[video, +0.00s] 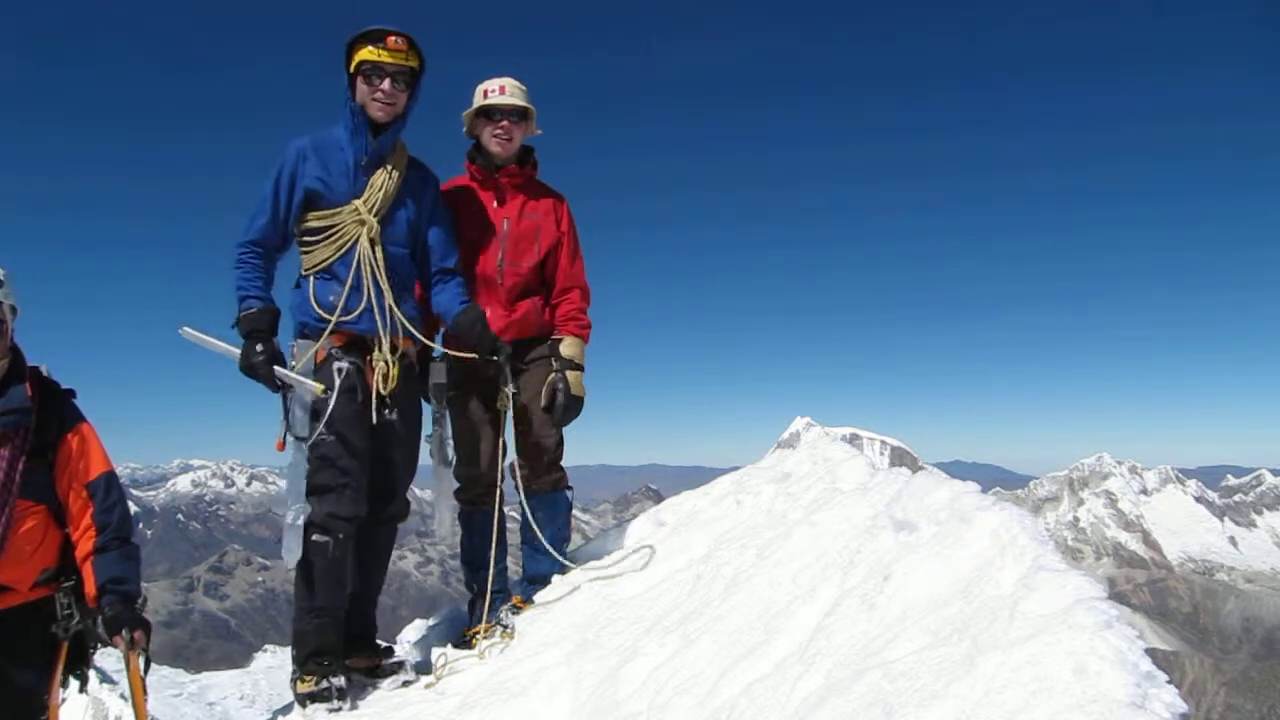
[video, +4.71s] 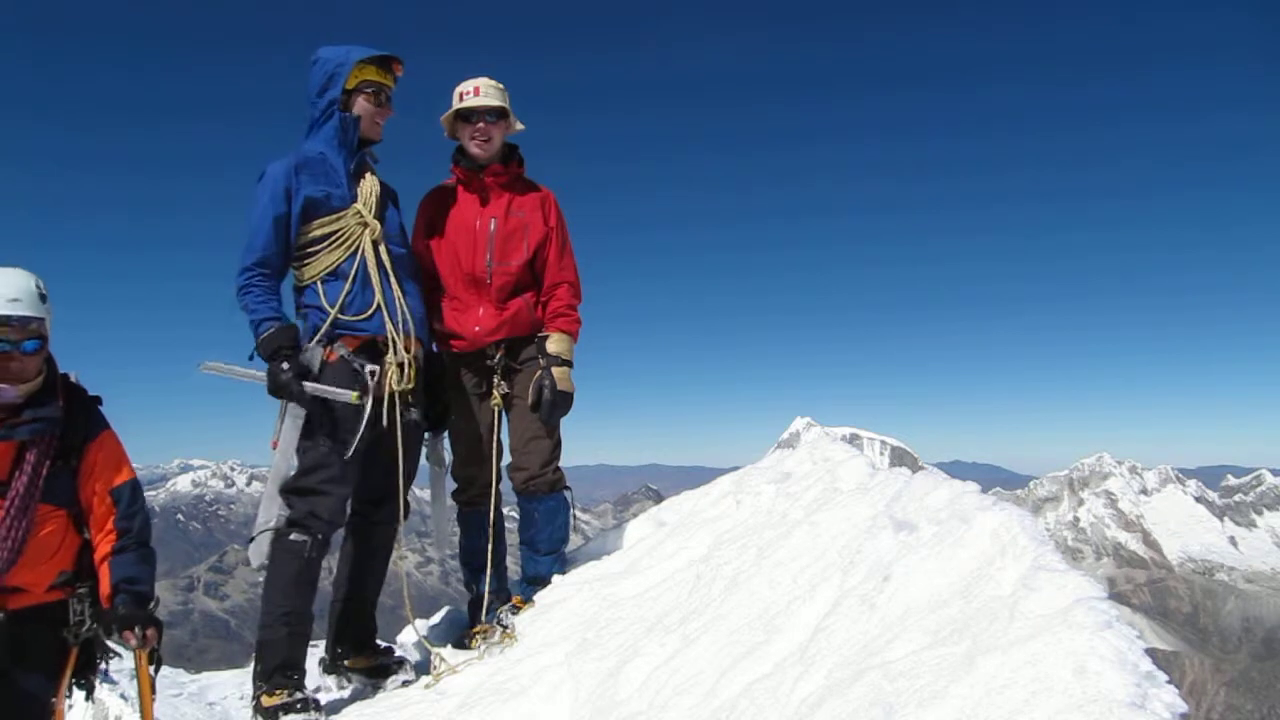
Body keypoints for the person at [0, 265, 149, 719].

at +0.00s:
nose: (0, 331)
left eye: (1, 318)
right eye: (0, 318)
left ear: (11, 321)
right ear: (6, 321)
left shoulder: (45, 408)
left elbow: (98, 507)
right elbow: (98, 507)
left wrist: (116, 597)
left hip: (24, 617)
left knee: (21, 707)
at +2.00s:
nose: (1, 329)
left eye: (2, 317)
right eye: (2, 317)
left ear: (12, 321)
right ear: (8, 321)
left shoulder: (47, 410)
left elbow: (99, 508)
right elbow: (99, 508)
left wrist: (119, 596)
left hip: (25, 619)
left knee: (20, 704)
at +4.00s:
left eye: (3, 325)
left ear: (18, 326)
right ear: (7, 328)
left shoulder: (54, 414)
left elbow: (105, 512)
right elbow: (105, 512)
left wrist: (124, 598)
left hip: (25, 619)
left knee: (19, 706)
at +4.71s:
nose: (15, 357)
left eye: (30, 341)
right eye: (4, 340)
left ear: (48, 343)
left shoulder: (74, 419)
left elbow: (119, 513)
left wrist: (129, 598)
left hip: (36, 618)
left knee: (24, 705)